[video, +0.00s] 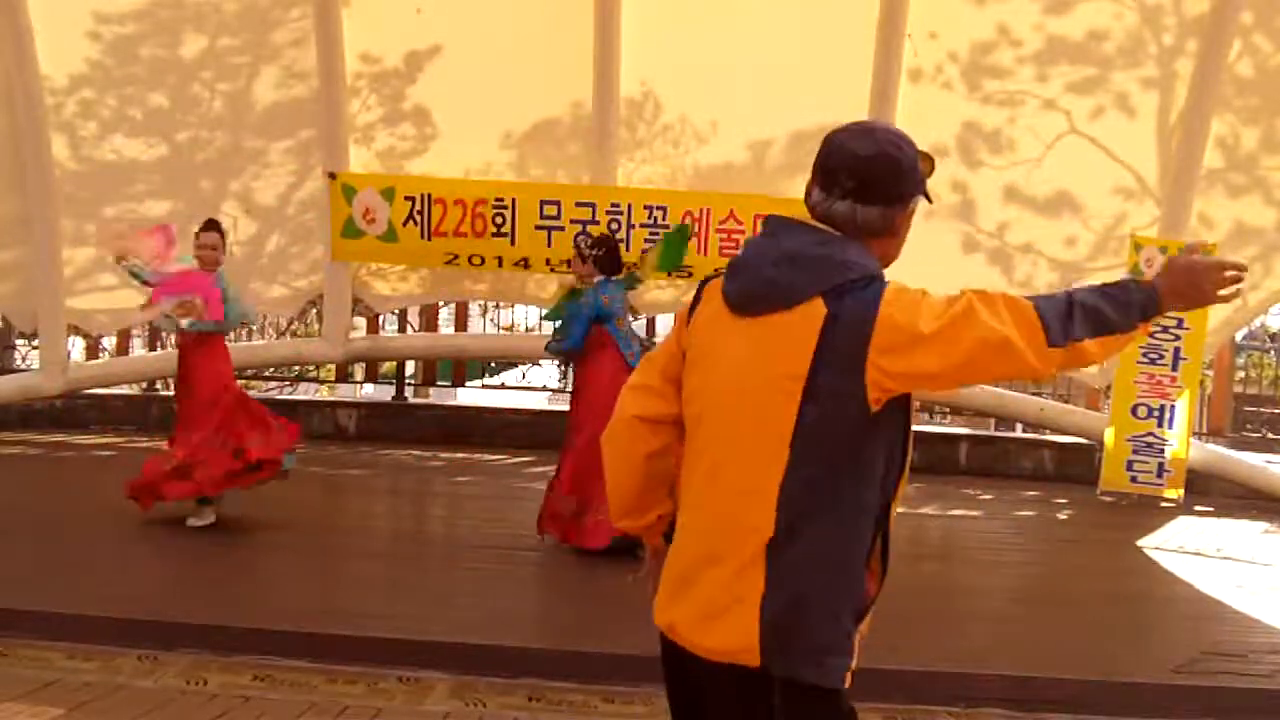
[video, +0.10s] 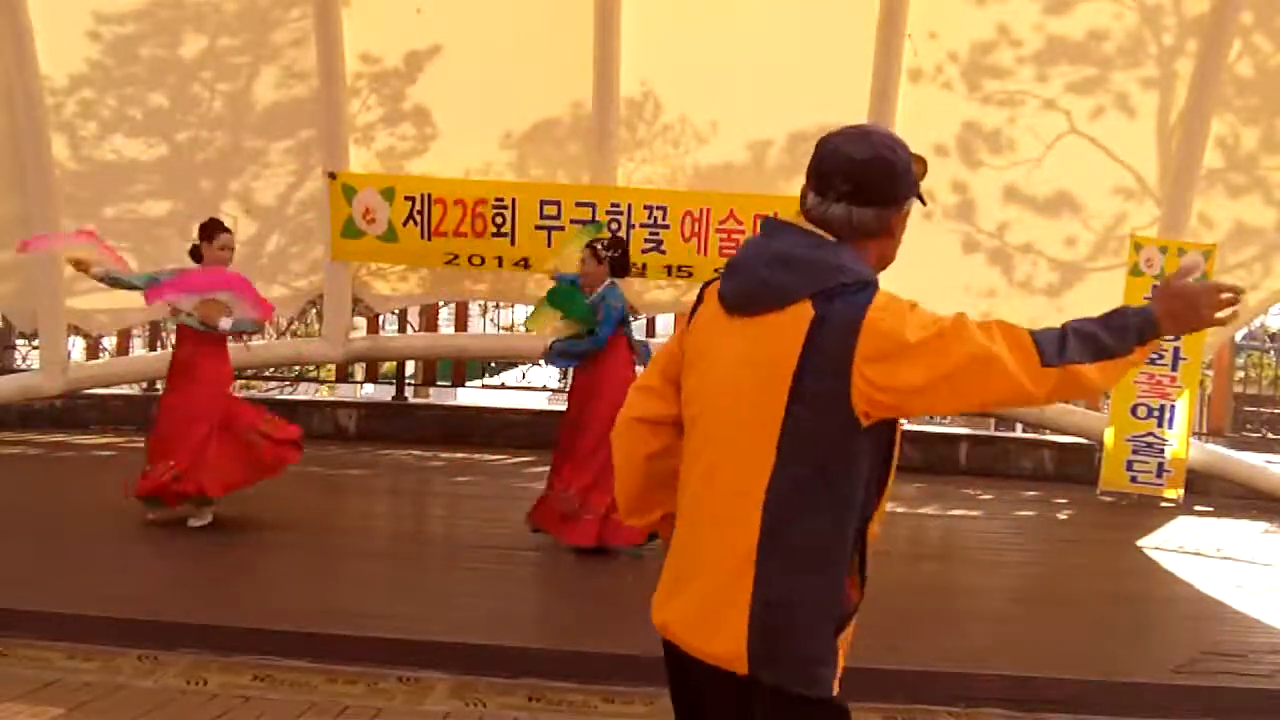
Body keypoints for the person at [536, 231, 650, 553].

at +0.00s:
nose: (573, 264)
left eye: (578, 260)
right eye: (575, 259)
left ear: (593, 263)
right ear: (606, 263)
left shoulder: (588, 296)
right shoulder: (617, 289)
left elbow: (571, 341)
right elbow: (638, 276)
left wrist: (553, 346)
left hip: (599, 376)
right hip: (626, 372)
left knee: (590, 447)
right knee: (615, 445)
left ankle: (592, 526)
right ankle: (616, 525)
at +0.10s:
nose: (581, 267)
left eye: (587, 262)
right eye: (582, 261)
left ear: (605, 267)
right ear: (593, 264)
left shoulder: (612, 296)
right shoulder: (589, 291)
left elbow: (597, 340)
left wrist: (554, 349)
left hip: (612, 378)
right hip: (591, 375)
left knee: (594, 447)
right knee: (585, 446)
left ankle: (597, 527)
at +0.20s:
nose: (589, 268)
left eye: (597, 262)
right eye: (589, 262)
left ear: (617, 266)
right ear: (593, 264)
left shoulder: (623, 303)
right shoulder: (589, 294)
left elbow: (611, 346)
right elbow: (556, 285)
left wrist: (561, 351)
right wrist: (513, 277)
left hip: (614, 381)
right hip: (587, 378)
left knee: (595, 449)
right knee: (576, 446)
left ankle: (597, 527)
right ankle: (567, 522)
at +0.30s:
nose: (605, 264)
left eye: (613, 259)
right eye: (601, 257)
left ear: (625, 265)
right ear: (594, 260)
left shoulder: (630, 303)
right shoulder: (580, 290)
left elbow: (639, 343)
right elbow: (541, 281)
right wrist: (497, 277)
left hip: (616, 383)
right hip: (580, 380)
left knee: (607, 447)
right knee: (570, 444)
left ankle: (608, 520)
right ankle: (562, 519)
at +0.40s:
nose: (626, 265)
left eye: (628, 259)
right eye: (619, 259)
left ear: (629, 262)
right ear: (598, 261)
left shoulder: (632, 295)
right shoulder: (585, 286)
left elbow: (652, 339)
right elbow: (557, 281)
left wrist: (635, 342)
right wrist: (526, 276)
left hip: (615, 369)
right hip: (581, 366)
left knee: (612, 439)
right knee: (573, 437)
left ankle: (607, 517)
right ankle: (563, 519)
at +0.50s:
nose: (629, 267)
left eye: (628, 262)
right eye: (624, 261)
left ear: (613, 265)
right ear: (606, 263)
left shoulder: (622, 299)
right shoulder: (596, 291)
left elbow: (636, 341)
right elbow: (586, 280)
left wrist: (643, 334)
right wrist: (581, 270)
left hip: (614, 379)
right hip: (593, 379)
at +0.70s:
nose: (607, 261)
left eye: (601, 258)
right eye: (606, 258)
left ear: (581, 266)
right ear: (605, 263)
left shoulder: (573, 302)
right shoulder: (611, 292)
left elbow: (584, 337)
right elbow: (653, 284)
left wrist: (629, 332)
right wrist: (686, 280)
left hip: (585, 379)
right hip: (615, 379)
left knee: (597, 448)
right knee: (622, 447)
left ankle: (604, 525)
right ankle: (625, 530)